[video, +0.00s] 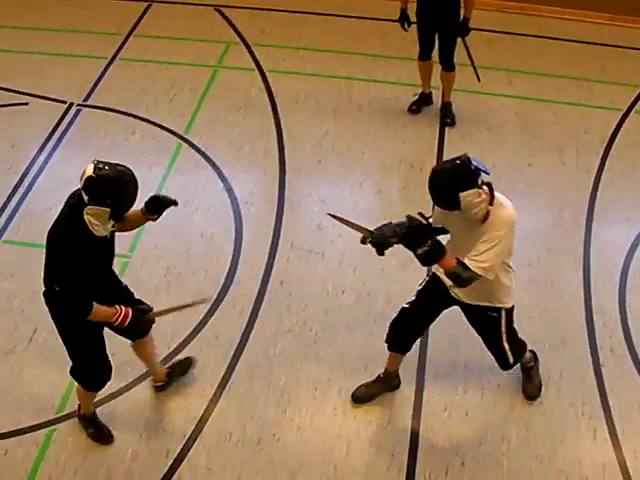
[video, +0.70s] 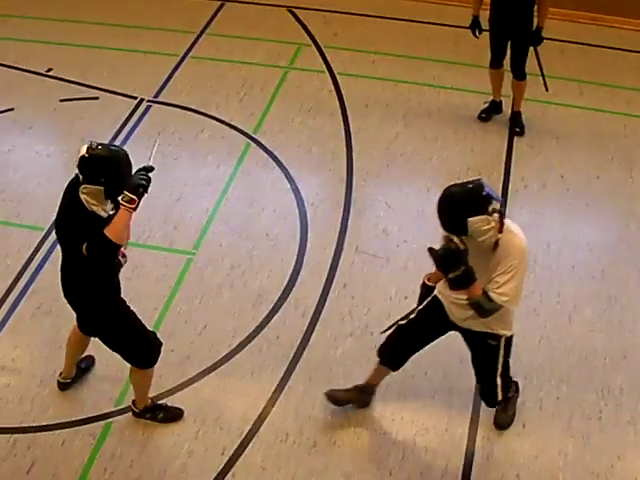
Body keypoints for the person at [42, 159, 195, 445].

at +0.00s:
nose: (123, 212)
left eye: (124, 208)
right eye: (120, 208)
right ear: (102, 206)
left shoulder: (94, 205)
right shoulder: (67, 237)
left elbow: (117, 223)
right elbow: (74, 305)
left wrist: (145, 214)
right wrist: (124, 316)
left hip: (100, 282)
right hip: (70, 301)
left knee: (139, 324)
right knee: (95, 370)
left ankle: (159, 375)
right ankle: (86, 414)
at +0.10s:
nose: (116, 210)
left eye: (118, 205)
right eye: (114, 206)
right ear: (97, 205)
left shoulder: (87, 202)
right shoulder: (66, 238)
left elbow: (111, 222)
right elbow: (84, 305)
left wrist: (137, 214)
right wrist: (135, 304)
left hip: (92, 281)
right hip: (66, 303)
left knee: (125, 321)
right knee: (97, 369)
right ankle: (92, 414)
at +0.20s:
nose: (121, 204)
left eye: (122, 199)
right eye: (118, 200)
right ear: (100, 200)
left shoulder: (83, 196)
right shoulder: (73, 236)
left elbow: (114, 212)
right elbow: (99, 298)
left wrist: (139, 207)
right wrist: (147, 277)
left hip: (85, 290)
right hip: (71, 306)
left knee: (114, 321)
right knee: (110, 365)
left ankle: (82, 378)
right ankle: (103, 411)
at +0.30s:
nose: (123, 199)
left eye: (123, 194)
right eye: (119, 195)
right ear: (103, 196)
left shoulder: (84, 191)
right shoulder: (78, 231)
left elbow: (117, 205)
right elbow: (104, 283)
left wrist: (149, 214)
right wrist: (147, 242)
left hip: (76, 288)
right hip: (81, 303)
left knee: (80, 331)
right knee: (121, 361)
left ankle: (61, 372)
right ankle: (114, 410)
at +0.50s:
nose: (127, 195)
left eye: (127, 190)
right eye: (124, 189)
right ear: (112, 188)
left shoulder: (103, 186)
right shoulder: (82, 212)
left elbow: (134, 217)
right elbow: (115, 249)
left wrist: (140, 248)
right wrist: (140, 202)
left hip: (83, 278)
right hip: (97, 294)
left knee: (82, 325)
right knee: (147, 347)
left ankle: (65, 372)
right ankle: (138, 405)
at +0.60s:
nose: (126, 191)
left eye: (128, 185)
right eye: (125, 186)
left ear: (97, 174)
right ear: (109, 187)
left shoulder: (85, 187)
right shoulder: (83, 219)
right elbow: (107, 255)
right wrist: (135, 201)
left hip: (82, 282)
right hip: (98, 297)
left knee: (85, 327)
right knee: (148, 348)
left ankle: (68, 373)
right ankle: (142, 405)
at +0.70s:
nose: (119, 189)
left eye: (121, 182)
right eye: (118, 183)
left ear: (94, 175)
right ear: (104, 185)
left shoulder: (82, 187)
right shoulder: (75, 218)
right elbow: (101, 252)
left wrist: (129, 190)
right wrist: (129, 202)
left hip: (82, 282)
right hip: (95, 296)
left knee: (85, 325)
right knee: (146, 349)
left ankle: (67, 373)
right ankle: (142, 405)